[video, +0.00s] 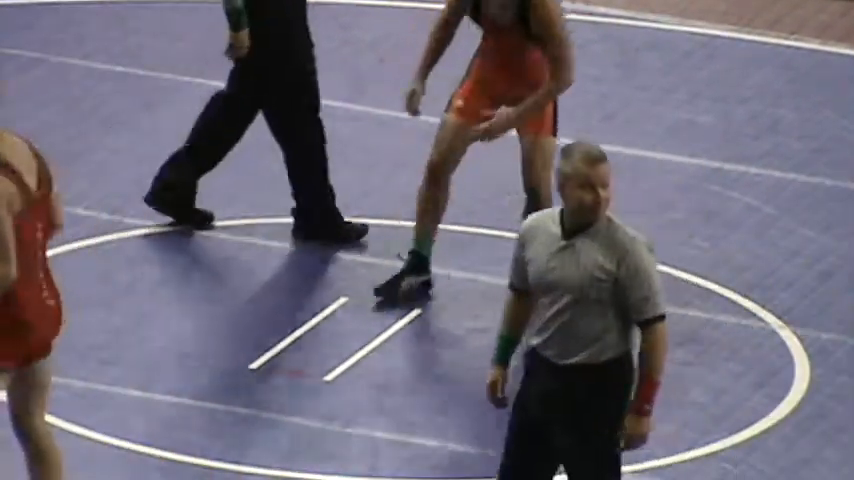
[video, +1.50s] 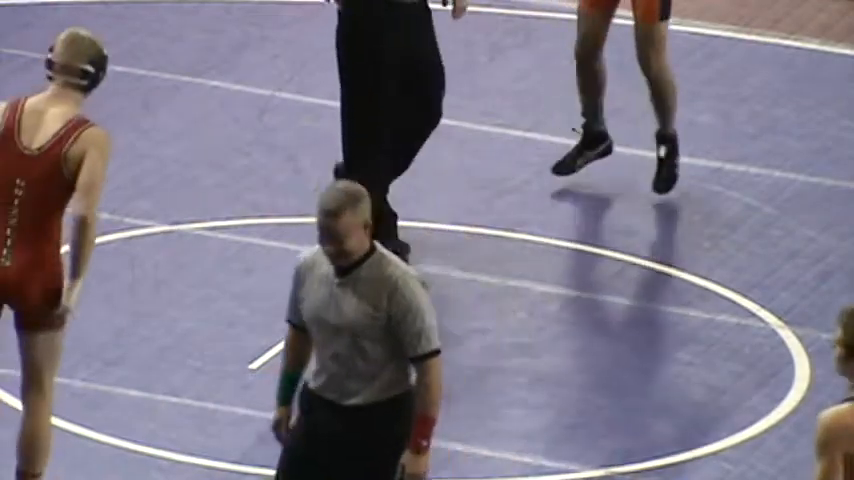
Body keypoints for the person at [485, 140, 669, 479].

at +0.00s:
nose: (598, 197)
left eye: (604, 187)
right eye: (587, 187)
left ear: (611, 187)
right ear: (561, 186)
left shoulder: (627, 249)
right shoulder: (533, 230)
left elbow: (654, 329)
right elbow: (521, 297)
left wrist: (642, 409)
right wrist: (500, 363)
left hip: (601, 381)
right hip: (542, 375)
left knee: (594, 472)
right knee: (518, 471)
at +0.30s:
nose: (544, 190)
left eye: (549, 180)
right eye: (532, 181)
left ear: (556, 180)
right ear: (504, 181)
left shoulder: (573, 239)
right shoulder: (472, 224)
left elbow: (599, 317)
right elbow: (450, 289)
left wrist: (590, 400)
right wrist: (430, 356)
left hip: (541, 370)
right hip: (482, 362)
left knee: (519, 466)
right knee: (474, 463)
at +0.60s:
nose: (510, 195)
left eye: (514, 185)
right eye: (498, 186)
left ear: (520, 183)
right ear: (468, 184)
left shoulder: (538, 243)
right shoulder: (432, 232)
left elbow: (565, 319)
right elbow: (410, 295)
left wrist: (552, 400)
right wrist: (388, 365)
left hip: (511, 373)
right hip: (452, 368)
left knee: (491, 470)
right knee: (453, 467)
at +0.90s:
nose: (484, 209)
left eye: (488, 199)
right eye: (472, 201)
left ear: (493, 197)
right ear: (441, 199)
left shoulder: (507, 260)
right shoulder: (406, 248)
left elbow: (537, 337)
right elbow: (386, 313)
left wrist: (541, 419)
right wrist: (369, 382)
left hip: (483, 391)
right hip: (422, 387)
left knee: (470, 473)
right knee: (423, 472)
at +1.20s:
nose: (405, 233)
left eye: (417, 224)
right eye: (401, 220)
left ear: (444, 218)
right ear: (395, 212)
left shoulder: (474, 273)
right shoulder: (377, 249)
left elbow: (503, 353)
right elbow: (363, 316)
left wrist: (493, 434)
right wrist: (340, 381)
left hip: (448, 406)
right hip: (386, 396)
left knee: (443, 473)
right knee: (350, 473)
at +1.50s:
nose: (330, 247)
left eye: (339, 239)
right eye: (324, 237)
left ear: (366, 230)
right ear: (317, 229)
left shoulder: (399, 283)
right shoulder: (310, 269)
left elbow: (429, 366)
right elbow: (299, 335)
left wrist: (420, 447)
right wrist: (284, 403)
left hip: (380, 415)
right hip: (320, 408)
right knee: (293, 472)